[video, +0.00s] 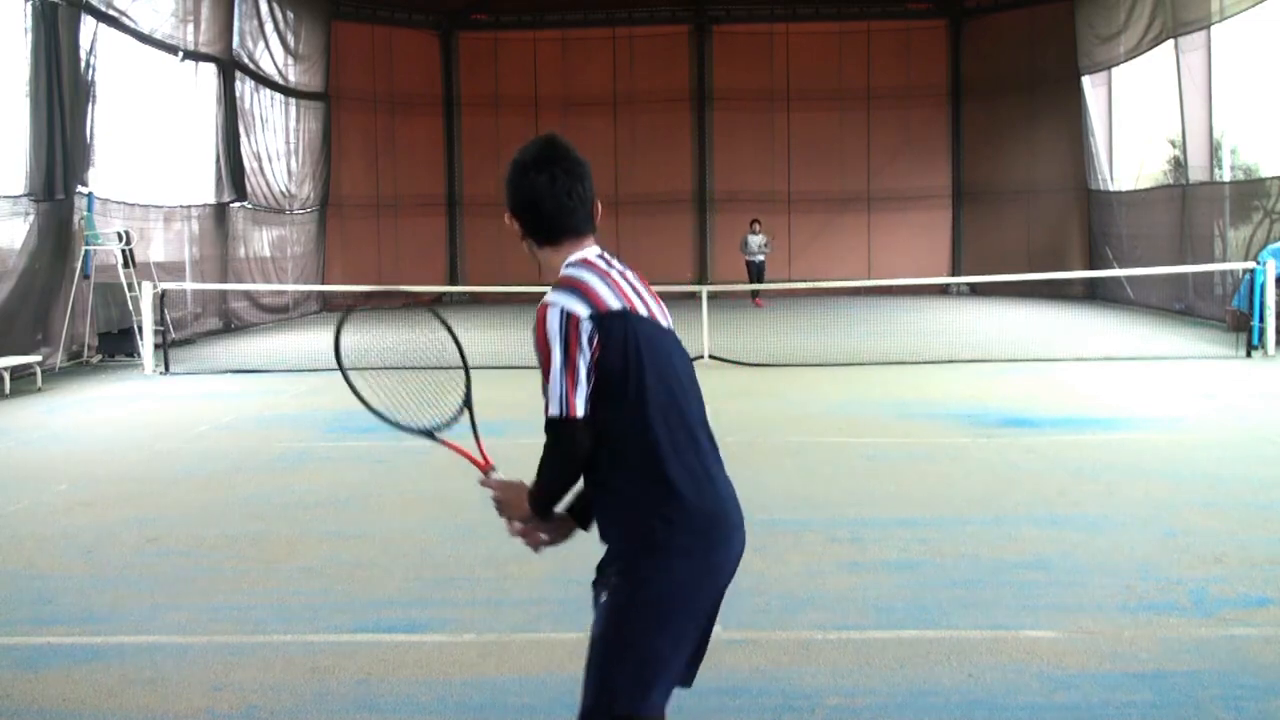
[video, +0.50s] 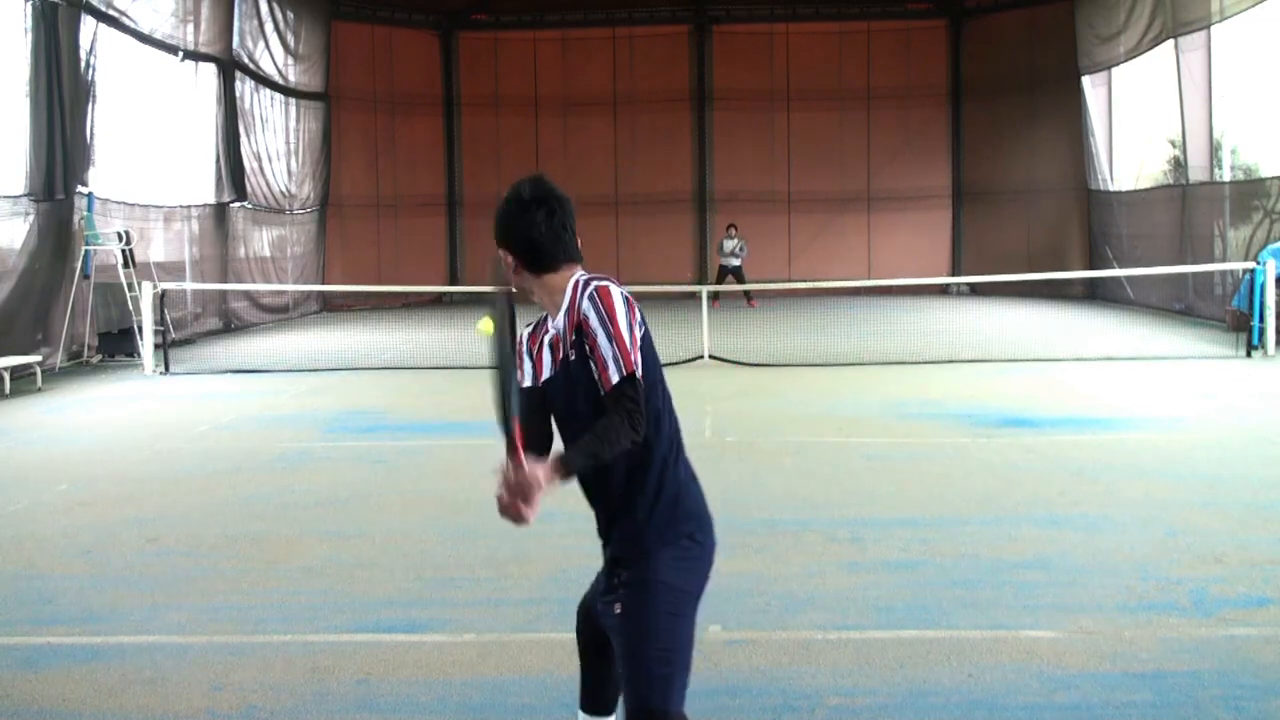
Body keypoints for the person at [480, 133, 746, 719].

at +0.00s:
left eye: (506, 215)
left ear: (515, 226)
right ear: (597, 210)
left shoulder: (565, 302)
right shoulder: (629, 283)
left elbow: (571, 437)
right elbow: (639, 434)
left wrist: (534, 500)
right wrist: (569, 519)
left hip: (661, 539)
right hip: (708, 525)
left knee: (613, 706)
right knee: (642, 699)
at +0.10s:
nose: (518, 221)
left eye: (517, 210)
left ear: (522, 216)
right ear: (598, 199)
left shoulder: (584, 285)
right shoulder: (622, 271)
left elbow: (574, 422)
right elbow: (603, 424)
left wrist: (505, 476)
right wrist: (530, 503)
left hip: (682, 524)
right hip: (699, 513)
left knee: (650, 694)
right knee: (624, 674)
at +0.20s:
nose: (521, 232)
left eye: (520, 222)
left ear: (526, 230)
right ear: (602, 212)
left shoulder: (597, 287)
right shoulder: (610, 283)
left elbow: (582, 421)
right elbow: (580, 425)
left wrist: (480, 456)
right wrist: (498, 489)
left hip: (702, 536)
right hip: (681, 532)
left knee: (674, 703)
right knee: (614, 647)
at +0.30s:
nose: (517, 247)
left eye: (514, 235)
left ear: (521, 243)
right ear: (593, 222)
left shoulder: (599, 287)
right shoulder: (577, 310)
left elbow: (605, 419)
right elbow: (549, 416)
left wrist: (497, 432)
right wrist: (493, 469)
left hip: (705, 529)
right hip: (675, 528)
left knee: (675, 703)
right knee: (618, 636)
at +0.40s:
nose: (505, 249)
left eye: (506, 235)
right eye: (508, 232)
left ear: (515, 246)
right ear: (581, 229)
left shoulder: (599, 289)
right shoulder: (549, 331)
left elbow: (625, 415)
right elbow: (540, 419)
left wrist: (522, 425)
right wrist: (504, 457)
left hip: (691, 529)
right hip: (655, 532)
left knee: (673, 705)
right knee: (610, 631)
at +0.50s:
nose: (500, 262)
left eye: (499, 252)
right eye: (502, 250)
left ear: (512, 261)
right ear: (570, 237)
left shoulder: (600, 299)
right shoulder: (532, 342)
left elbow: (631, 417)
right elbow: (534, 445)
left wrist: (550, 470)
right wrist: (517, 486)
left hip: (671, 537)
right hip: (625, 544)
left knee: (653, 704)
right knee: (596, 621)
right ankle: (596, 717)